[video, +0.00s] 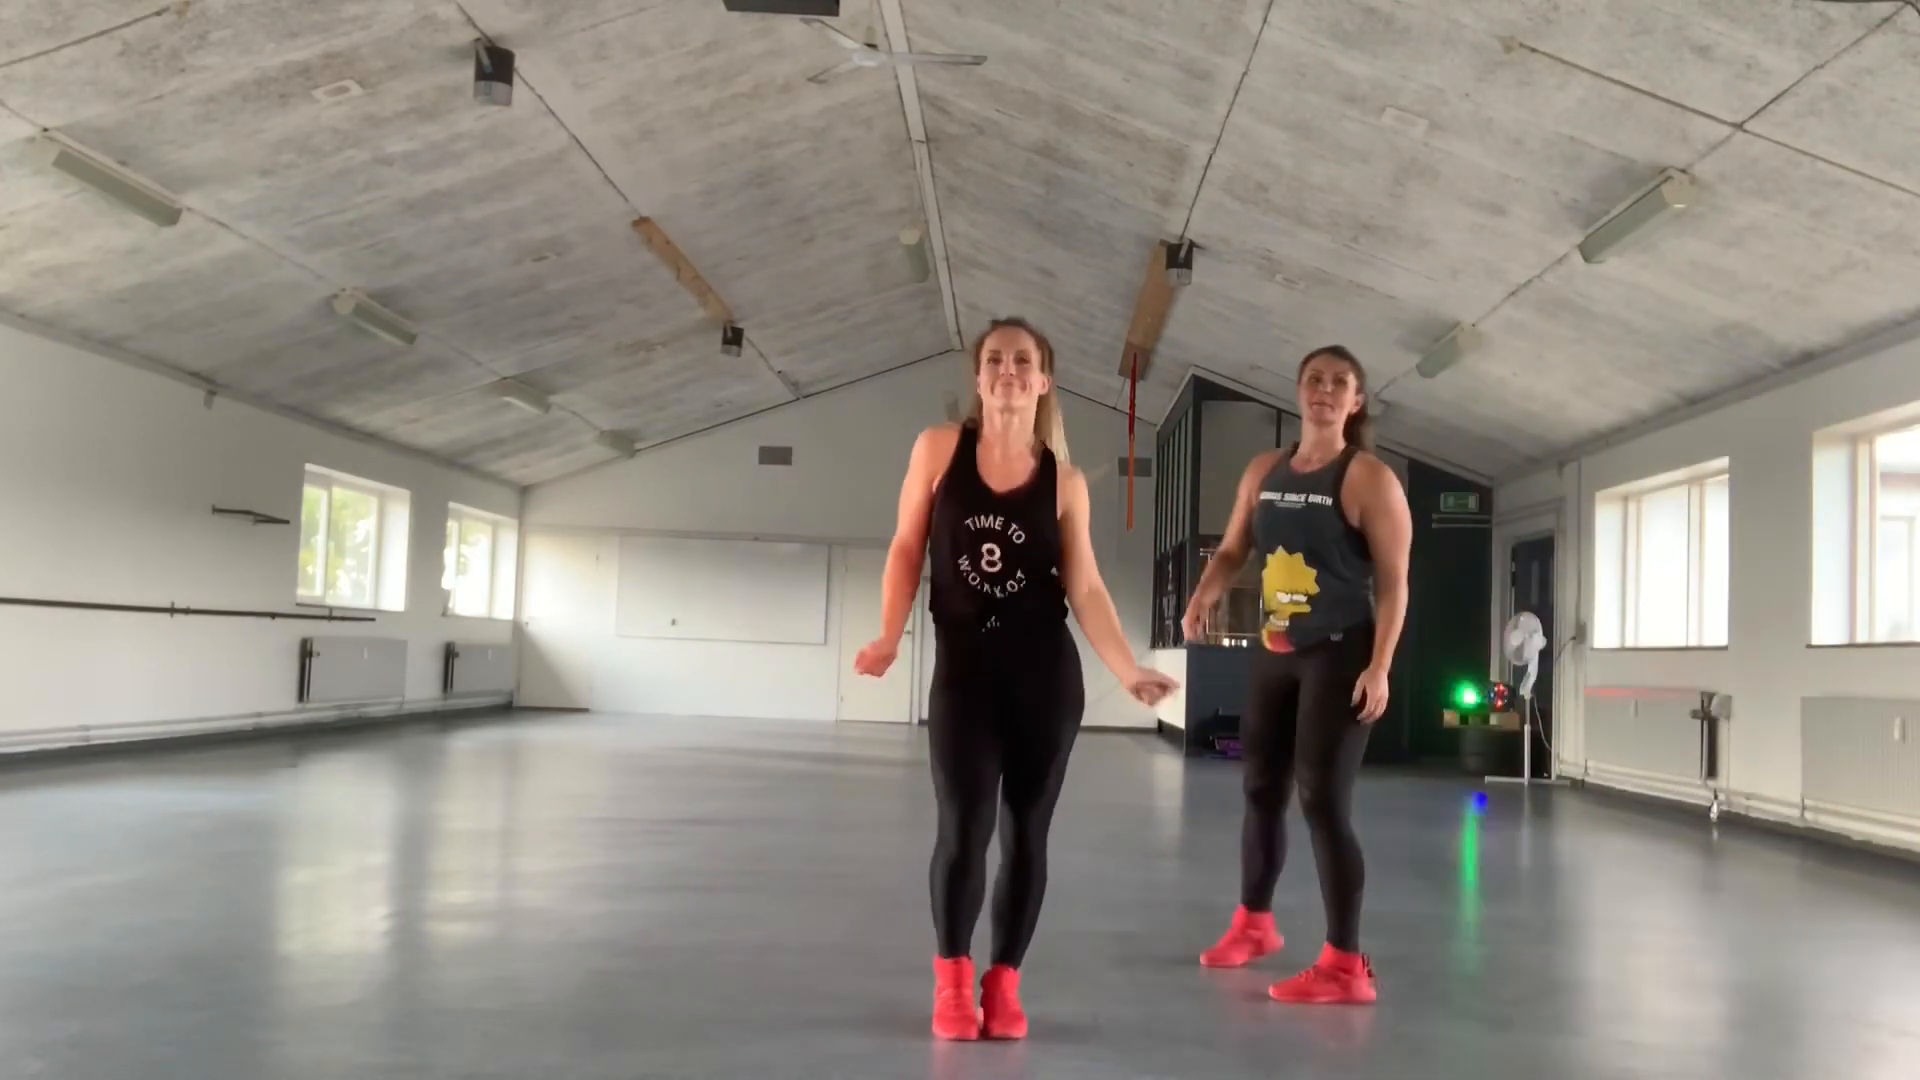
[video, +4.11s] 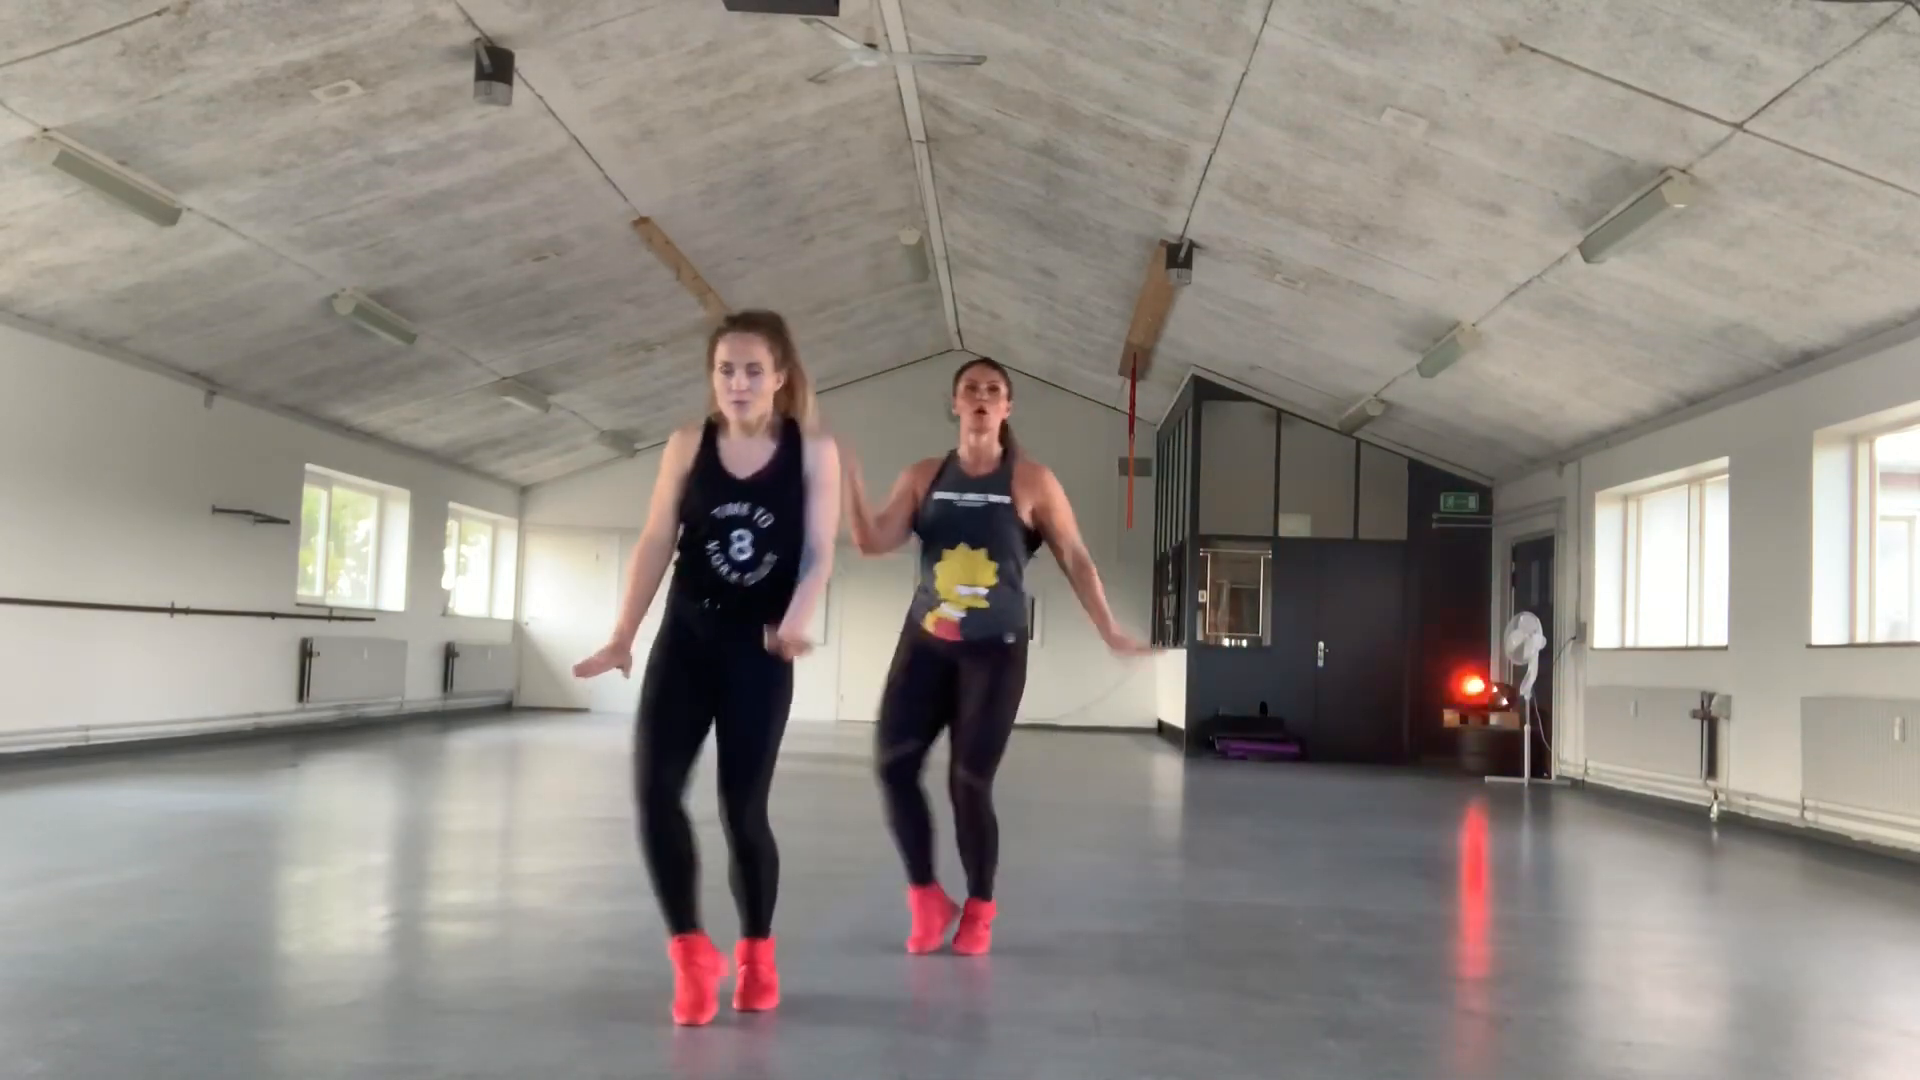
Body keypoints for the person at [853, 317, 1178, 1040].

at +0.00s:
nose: (1008, 371)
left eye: (1023, 362)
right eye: (995, 360)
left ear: (1045, 381)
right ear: (976, 376)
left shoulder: (1064, 480)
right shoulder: (939, 448)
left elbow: (1086, 587)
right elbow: (907, 548)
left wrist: (1128, 670)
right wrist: (889, 635)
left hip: (1045, 675)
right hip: (963, 672)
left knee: (1027, 834)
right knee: (965, 830)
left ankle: (1004, 981)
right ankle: (953, 978)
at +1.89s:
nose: (1027, 375)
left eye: (1042, 364)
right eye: (1015, 363)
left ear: (1063, 378)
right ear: (996, 376)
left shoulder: (1088, 467)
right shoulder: (963, 441)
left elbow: (1100, 571)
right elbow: (929, 533)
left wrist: (1095, 657)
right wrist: (929, 615)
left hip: (1053, 663)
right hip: (974, 656)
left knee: (1034, 825)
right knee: (978, 797)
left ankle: (1005, 975)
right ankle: (951, 934)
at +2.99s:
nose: (971, 364)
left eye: (986, 352)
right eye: (958, 351)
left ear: (1010, 362)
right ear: (939, 359)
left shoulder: (1037, 441)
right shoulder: (910, 425)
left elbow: (1055, 548)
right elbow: (880, 515)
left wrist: (1038, 623)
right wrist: (874, 597)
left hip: (1005, 641)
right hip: (927, 638)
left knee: (1007, 808)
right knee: (914, 792)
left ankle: (1012, 970)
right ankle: (917, 934)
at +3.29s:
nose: (910, 402)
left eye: (926, 389)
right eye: (899, 388)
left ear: (952, 402)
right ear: (883, 396)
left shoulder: (967, 491)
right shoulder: (860, 445)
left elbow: (982, 598)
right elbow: (830, 523)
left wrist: (985, 692)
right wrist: (831, 596)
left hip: (954, 661)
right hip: (879, 652)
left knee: (946, 826)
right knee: (852, 758)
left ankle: (928, 962)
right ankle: (838, 883)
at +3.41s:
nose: (879, 365)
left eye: (895, 353)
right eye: (868, 351)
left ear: (921, 361)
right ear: (851, 356)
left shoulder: (949, 431)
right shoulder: (826, 418)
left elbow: (969, 535)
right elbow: (804, 514)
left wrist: (949, 613)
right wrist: (794, 601)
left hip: (915, 636)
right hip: (835, 632)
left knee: (911, 801)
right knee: (812, 778)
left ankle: (917, 953)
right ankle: (784, 926)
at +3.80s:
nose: (801, 387)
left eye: (816, 376)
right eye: (789, 374)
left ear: (841, 384)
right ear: (773, 380)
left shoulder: (863, 466)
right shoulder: (748, 431)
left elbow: (872, 565)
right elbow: (714, 512)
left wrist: (866, 661)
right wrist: (713, 594)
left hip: (833, 651)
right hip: (757, 641)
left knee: (812, 806)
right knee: (733, 768)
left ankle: (795, 950)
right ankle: (723, 903)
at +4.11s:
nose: (738, 382)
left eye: (753, 369)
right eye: (727, 369)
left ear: (782, 377)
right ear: (710, 376)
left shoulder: (814, 451)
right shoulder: (688, 446)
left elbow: (820, 552)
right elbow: (657, 541)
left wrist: (797, 618)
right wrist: (622, 637)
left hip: (761, 652)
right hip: (686, 645)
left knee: (742, 808)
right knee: (656, 793)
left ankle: (757, 950)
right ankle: (690, 952)